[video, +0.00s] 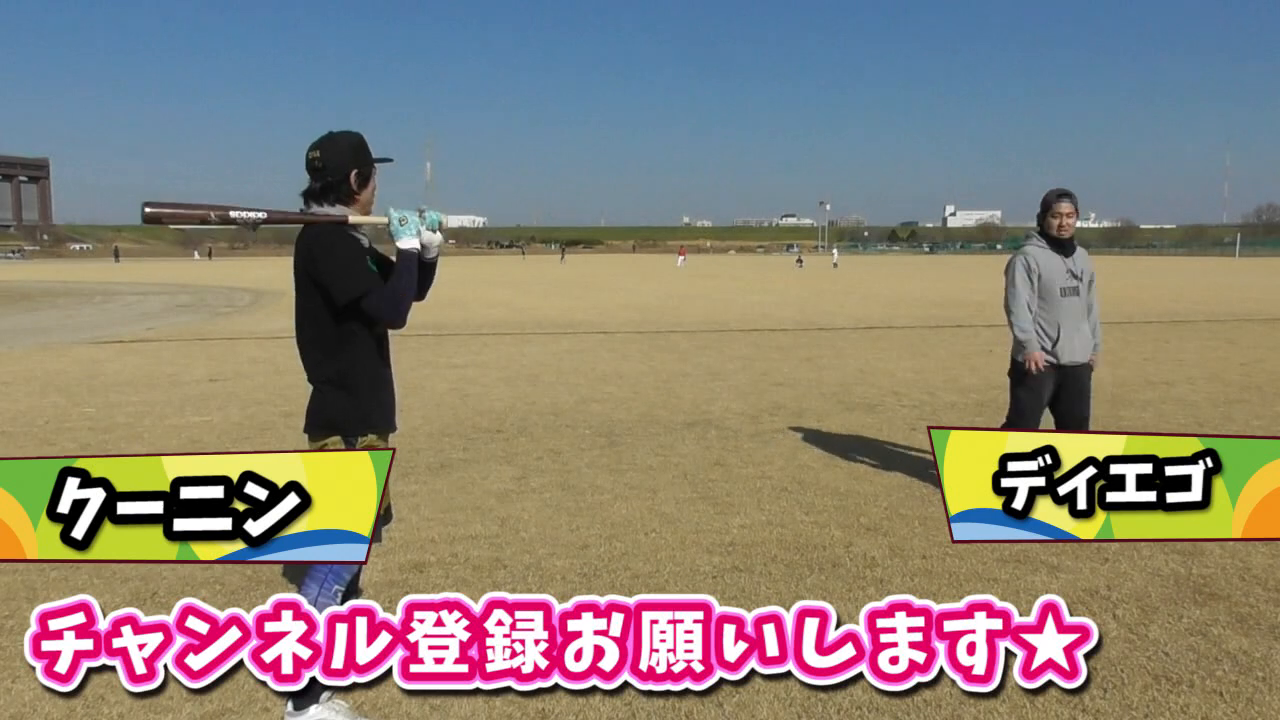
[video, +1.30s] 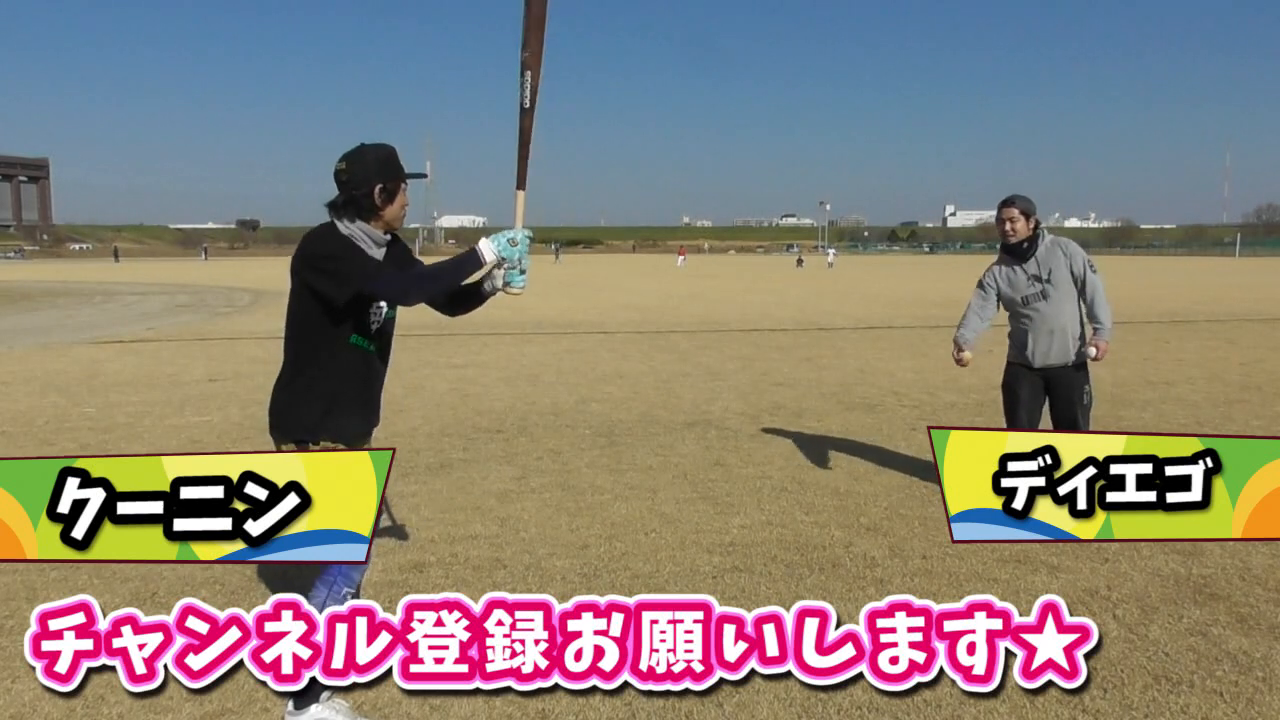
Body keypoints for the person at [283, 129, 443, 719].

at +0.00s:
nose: (375, 183)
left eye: (373, 174)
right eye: (372, 174)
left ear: (326, 180)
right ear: (356, 180)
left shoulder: (341, 235)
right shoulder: (330, 238)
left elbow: (410, 293)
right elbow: (386, 308)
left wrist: (425, 252)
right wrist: (407, 257)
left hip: (356, 415)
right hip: (349, 419)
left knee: (355, 539)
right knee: (342, 545)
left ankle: (325, 669)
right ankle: (302, 688)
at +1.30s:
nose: (407, 200)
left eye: (405, 191)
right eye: (403, 191)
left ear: (369, 194)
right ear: (381, 194)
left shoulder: (389, 248)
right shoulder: (327, 246)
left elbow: (446, 299)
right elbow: (404, 284)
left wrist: (496, 279)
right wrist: (481, 251)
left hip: (351, 425)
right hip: (315, 427)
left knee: (347, 548)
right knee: (352, 555)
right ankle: (309, 694)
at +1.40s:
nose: (404, 202)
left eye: (403, 193)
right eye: (400, 193)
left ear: (364, 197)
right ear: (378, 197)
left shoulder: (387, 250)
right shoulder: (320, 250)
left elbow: (450, 300)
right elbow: (398, 283)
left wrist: (493, 276)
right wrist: (476, 246)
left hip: (347, 433)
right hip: (312, 435)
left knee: (348, 547)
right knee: (359, 562)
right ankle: (308, 695)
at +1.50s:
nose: (402, 202)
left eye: (400, 192)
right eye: (396, 192)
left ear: (365, 197)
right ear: (371, 196)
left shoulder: (381, 253)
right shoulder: (309, 246)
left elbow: (445, 302)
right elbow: (375, 284)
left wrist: (479, 271)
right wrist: (453, 239)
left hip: (346, 433)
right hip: (305, 433)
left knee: (374, 530)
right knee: (376, 529)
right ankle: (309, 692)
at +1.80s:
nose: (393, 197)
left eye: (393, 190)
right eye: (389, 190)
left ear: (353, 192)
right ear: (365, 193)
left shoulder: (373, 245)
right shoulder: (283, 237)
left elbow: (417, 308)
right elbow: (299, 281)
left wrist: (406, 259)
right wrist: (377, 232)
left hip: (345, 406)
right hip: (287, 417)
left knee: (425, 503)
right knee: (344, 543)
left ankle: (414, 617)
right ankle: (307, 696)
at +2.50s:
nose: (455, 226)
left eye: (453, 216)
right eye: (446, 218)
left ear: (420, 225)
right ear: (416, 226)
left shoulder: (445, 274)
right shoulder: (338, 259)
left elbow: (417, 331)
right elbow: (281, 328)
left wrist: (363, 289)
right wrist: (331, 269)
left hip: (406, 428)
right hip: (343, 437)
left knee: (471, 514)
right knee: (369, 564)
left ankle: (475, 605)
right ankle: (305, 694)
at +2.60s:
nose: (478, 242)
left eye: (475, 233)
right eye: (469, 235)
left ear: (440, 243)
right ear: (440, 245)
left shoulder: (458, 287)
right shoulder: (369, 304)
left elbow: (469, 338)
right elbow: (380, 392)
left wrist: (442, 336)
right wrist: (417, 352)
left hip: (417, 449)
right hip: (371, 462)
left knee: (470, 512)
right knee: (408, 578)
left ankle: (469, 613)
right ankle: (311, 692)